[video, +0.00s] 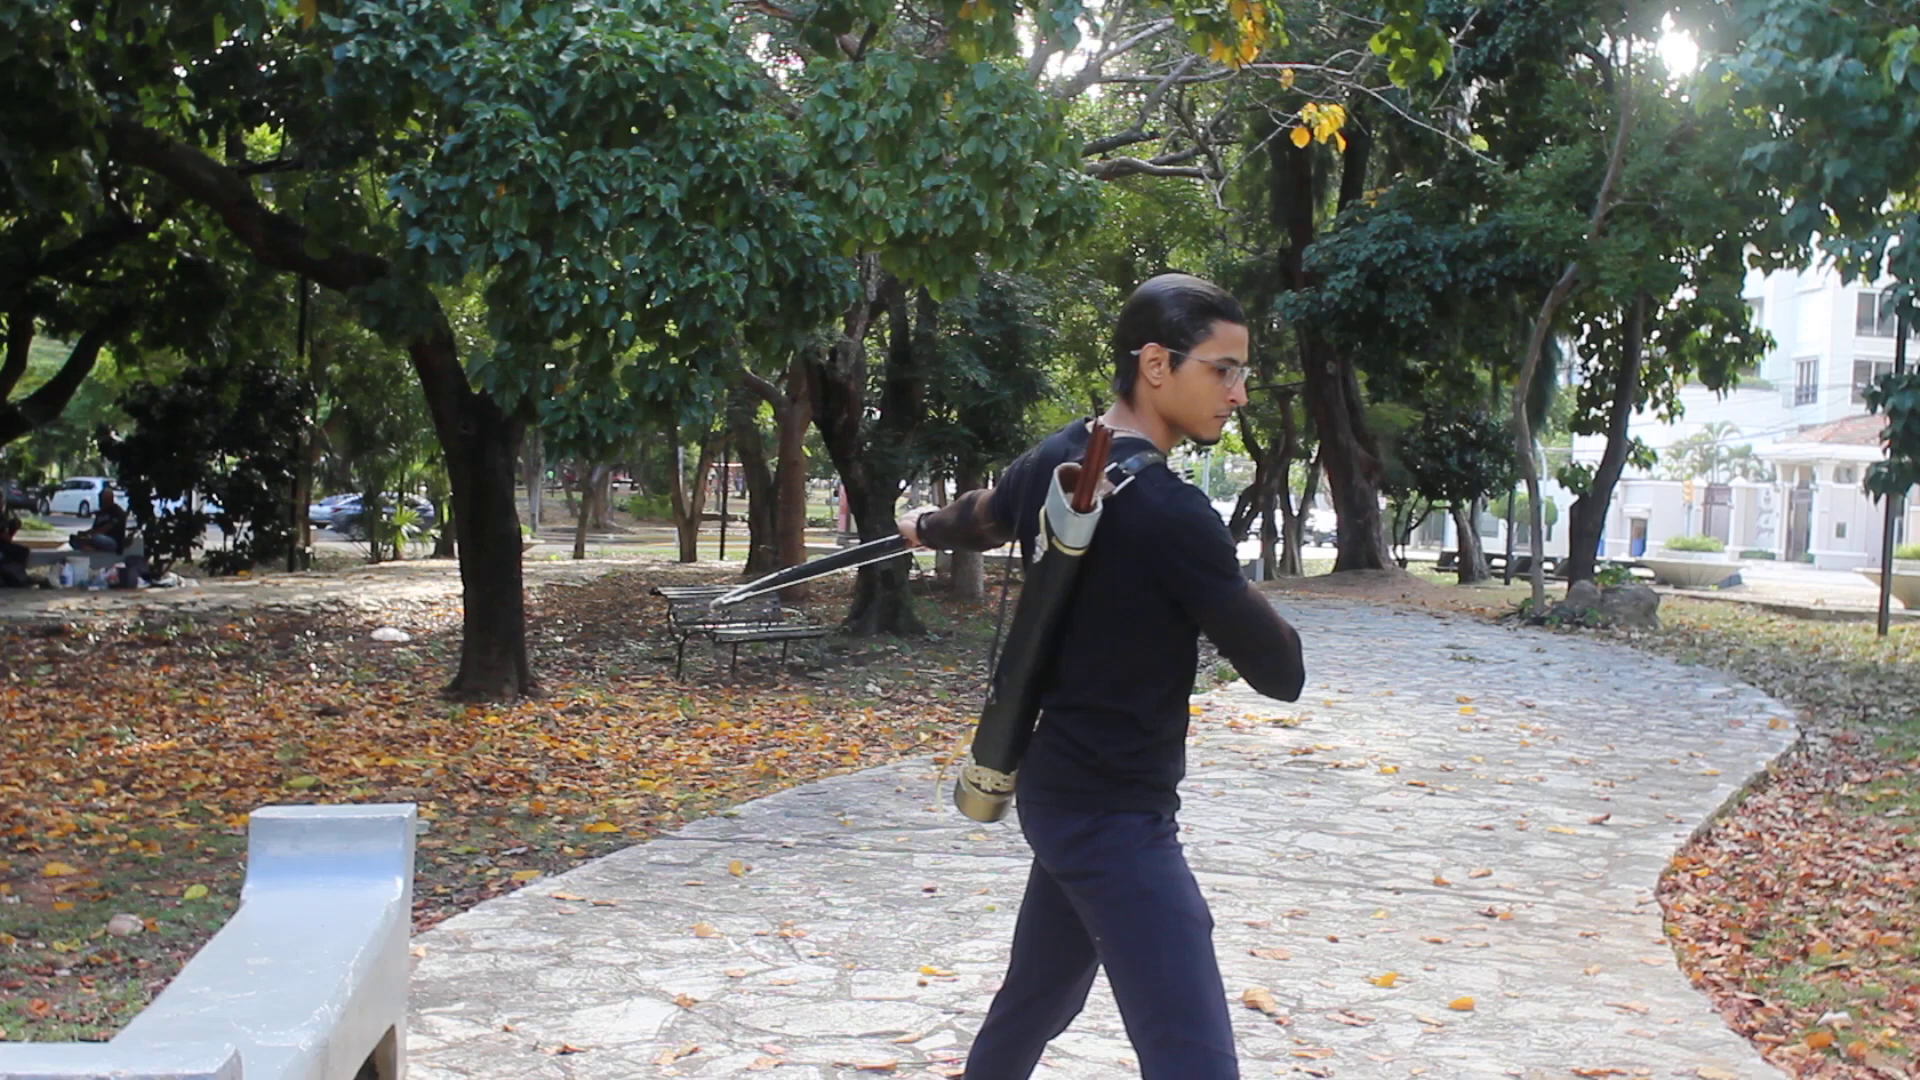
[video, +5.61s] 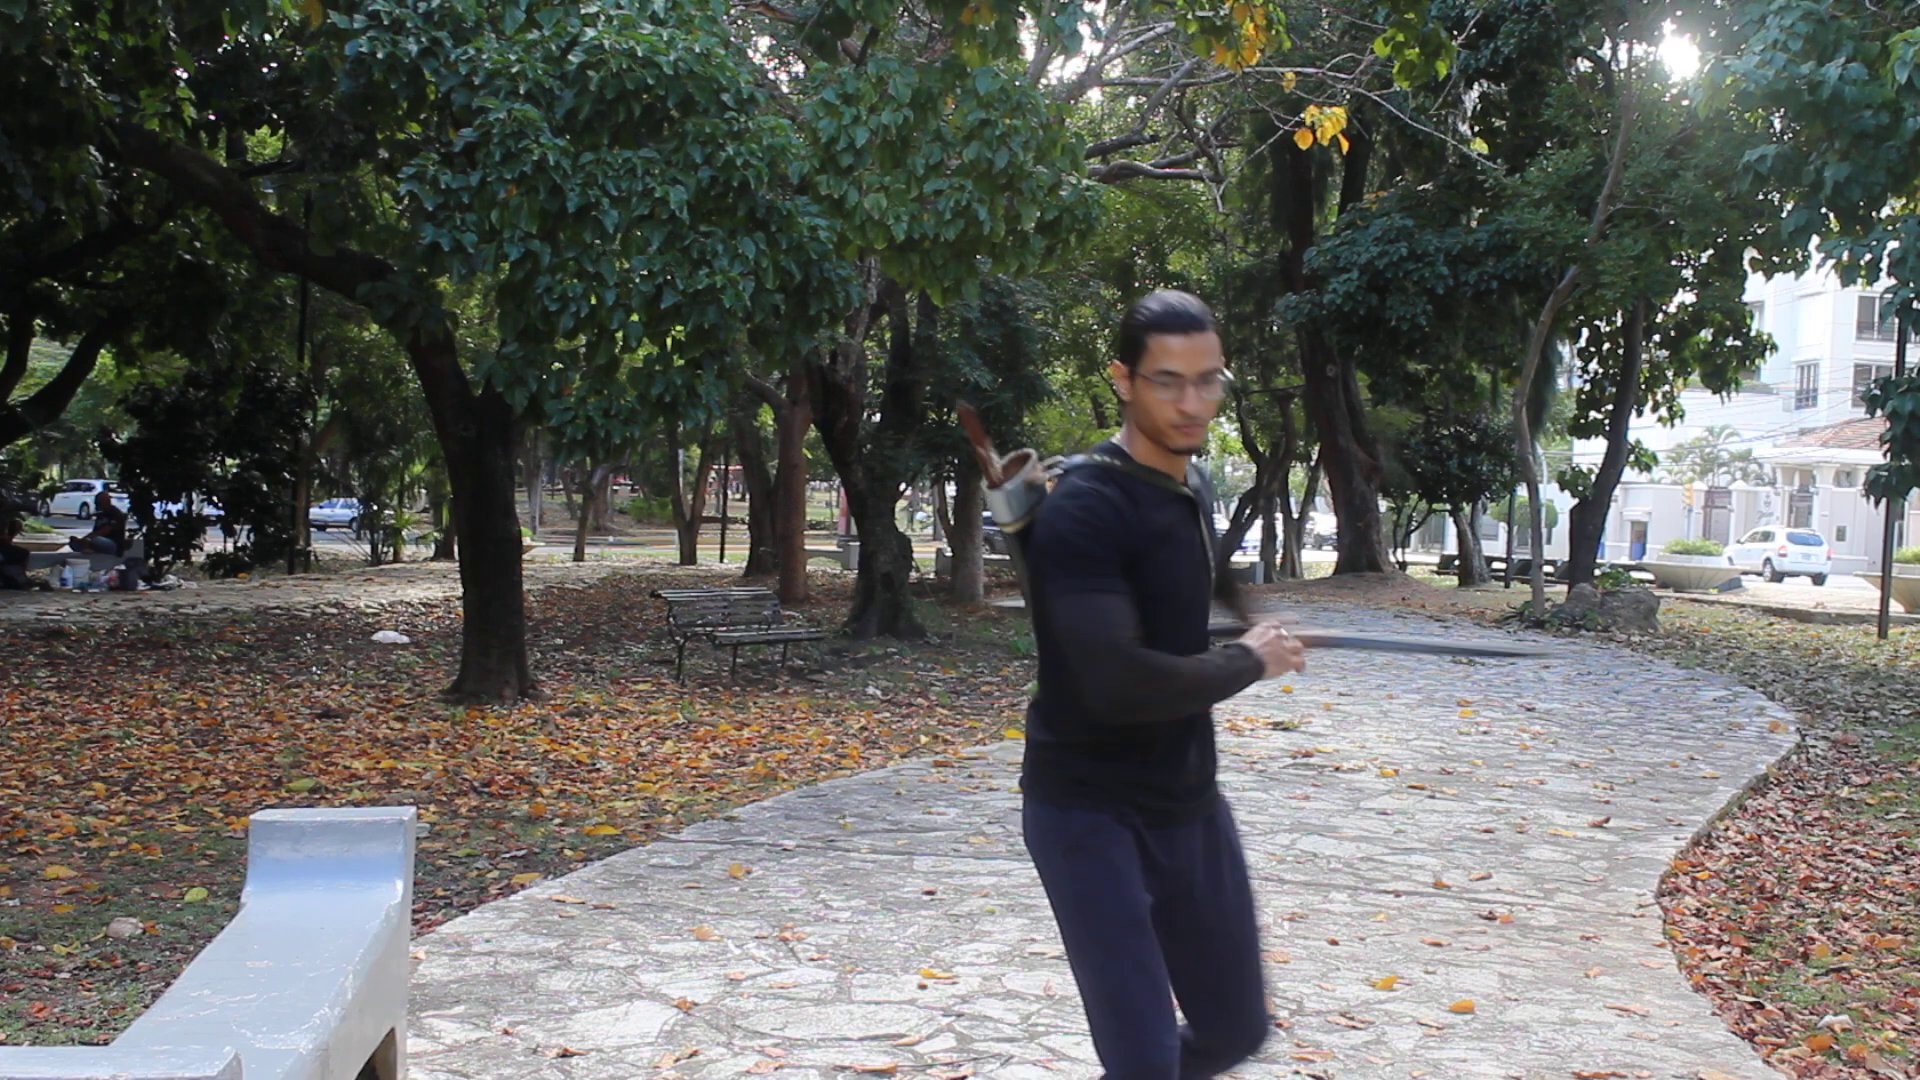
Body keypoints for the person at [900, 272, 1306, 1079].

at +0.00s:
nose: (1241, 392)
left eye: (1242, 371)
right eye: (1224, 368)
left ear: (1151, 371)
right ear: (1153, 367)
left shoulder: (1063, 451)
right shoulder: (1172, 509)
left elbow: (987, 512)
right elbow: (1282, 673)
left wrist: (929, 525)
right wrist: (1221, 585)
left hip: (1067, 791)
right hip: (1112, 811)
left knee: (1035, 1005)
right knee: (1195, 1055)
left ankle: (981, 1075)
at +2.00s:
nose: (1250, 397)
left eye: (1253, 378)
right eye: (1245, 374)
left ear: (1173, 359)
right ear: (1192, 359)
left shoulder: (1066, 445)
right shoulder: (1174, 496)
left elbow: (985, 543)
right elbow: (1270, 674)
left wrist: (955, 567)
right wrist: (1221, 583)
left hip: (1046, 781)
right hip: (1107, 801)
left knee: (1053, 1000)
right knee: (1171, 1052)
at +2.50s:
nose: (1221, 423)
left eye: (1229, 405)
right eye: (1225, 399)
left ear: (1138, 373)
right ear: (1188, 376)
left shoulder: (1044, 456)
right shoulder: (1156, 491)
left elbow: (980, 609)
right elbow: (1182, 679)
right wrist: (1193, 631)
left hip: (1013, 763)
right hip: (1078, 779)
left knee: (1070, 1012)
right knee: (1137, 1041)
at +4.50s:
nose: (1190, 393)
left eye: (1192, 375)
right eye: (1176, 372)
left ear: (1111, 377)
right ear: (1116, 372)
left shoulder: (1029, 456)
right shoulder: (1137, 494)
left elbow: (958, 554)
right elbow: (1225, 630)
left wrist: (907, 599)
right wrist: (1161, 565)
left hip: (1021, 747)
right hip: (1068, 765)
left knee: (1006, 959)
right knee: (1102, 997)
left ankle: (968, 1071)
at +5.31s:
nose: (1219, 425)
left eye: (1226, 406)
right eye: (1202, 403)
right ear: (1142, 402)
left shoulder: (1089, 475)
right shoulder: (1140, 517)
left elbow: (1013, 567)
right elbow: (1240, 679)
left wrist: (956, 624)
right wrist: (1187, 592)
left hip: (1075, 784)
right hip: (1069, 796)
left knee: (1046, 980)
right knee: (1155, 1018)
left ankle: (988, 1072)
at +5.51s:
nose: (1214, 417)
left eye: (1225, 395)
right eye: (1191, 395)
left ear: (1236, 394)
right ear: (1136, 395)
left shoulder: (1167, 505)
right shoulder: (1103, 513)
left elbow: (1162, 654)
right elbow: (1187, 689)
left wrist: (1215, 647)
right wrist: (1250, 646)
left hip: (1158, 803)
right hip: (1079, 806)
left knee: (1146, 1025)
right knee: (1155, 1047)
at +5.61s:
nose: (1192, 404)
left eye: (1207, 380)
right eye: (1168, 381)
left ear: (1224, 381)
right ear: (1124, 383)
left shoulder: (1183, 495)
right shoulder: (1077, 507)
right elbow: (1109, 684)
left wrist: (1239, 642)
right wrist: (1247, 660)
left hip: (1185, 798)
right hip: (1085, 805)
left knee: (1235, 1026)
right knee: (1146, 1056)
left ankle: (1155, 1067)